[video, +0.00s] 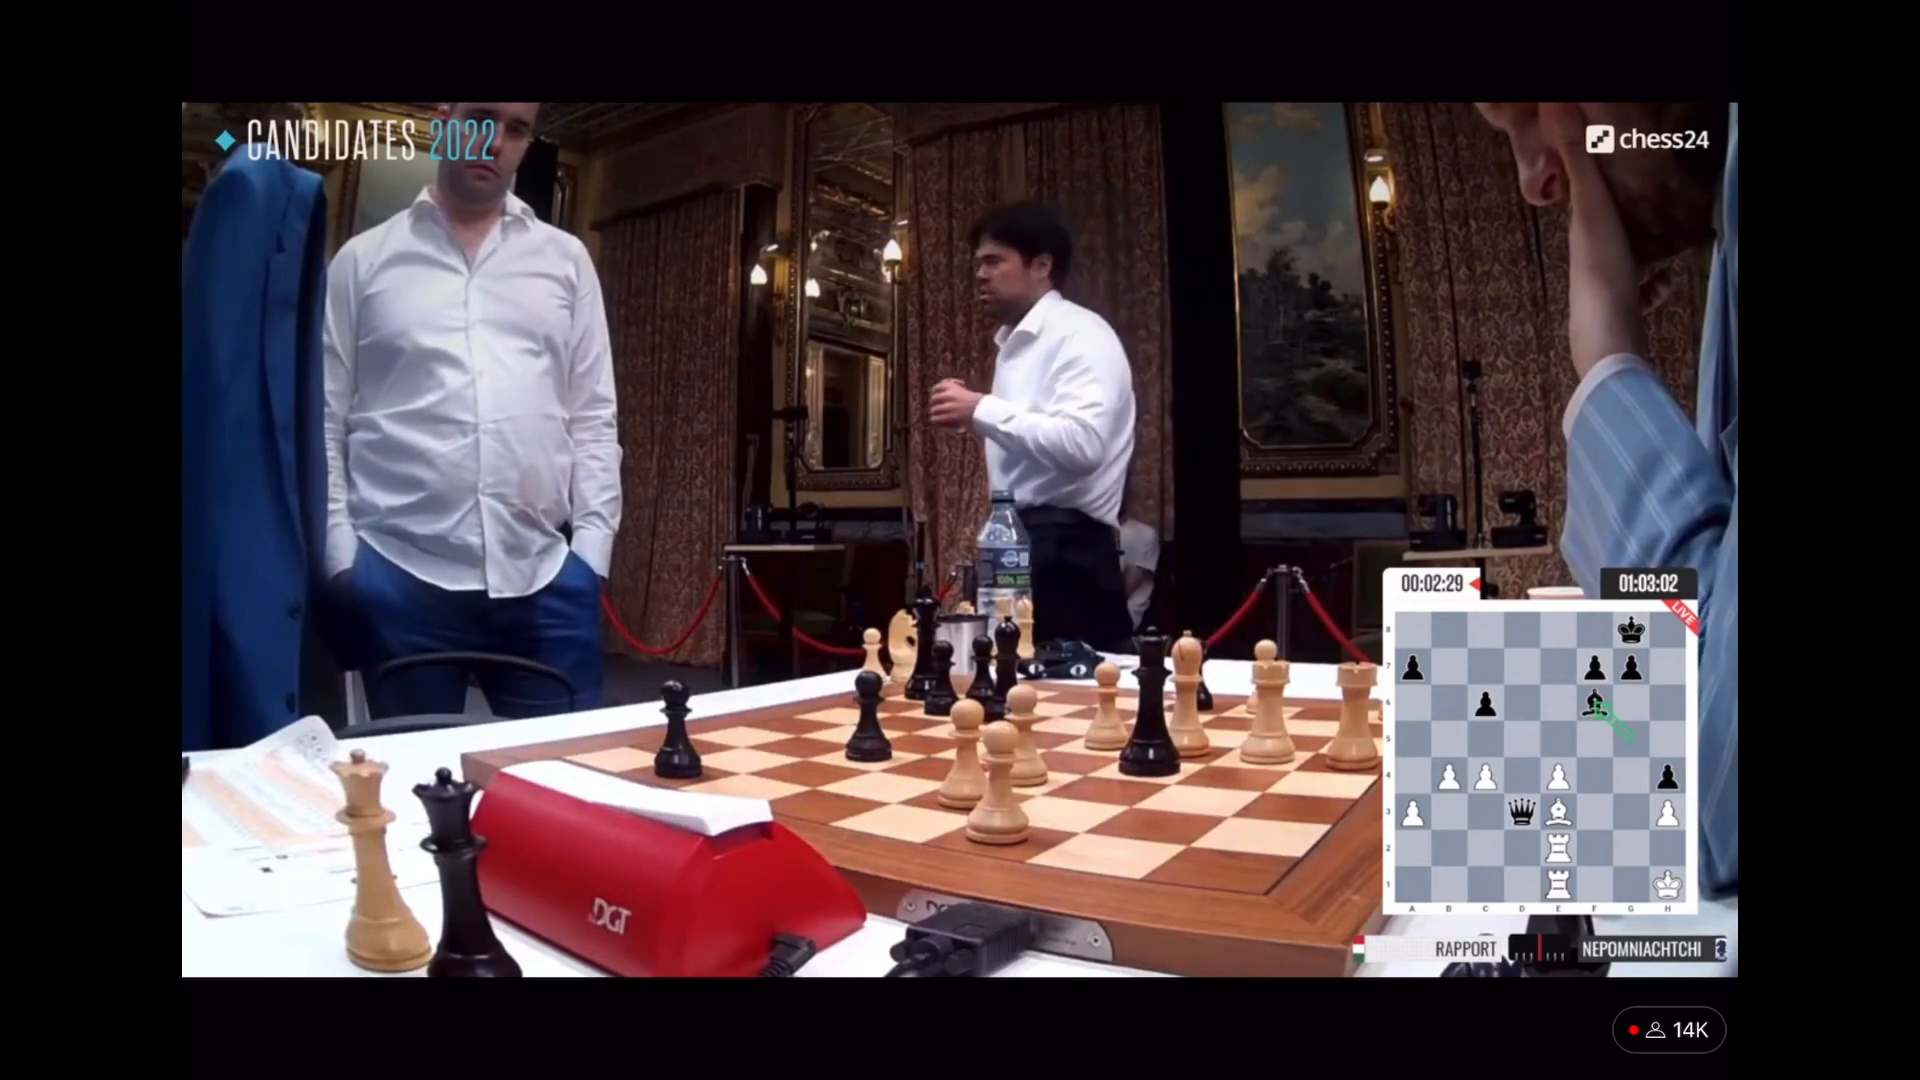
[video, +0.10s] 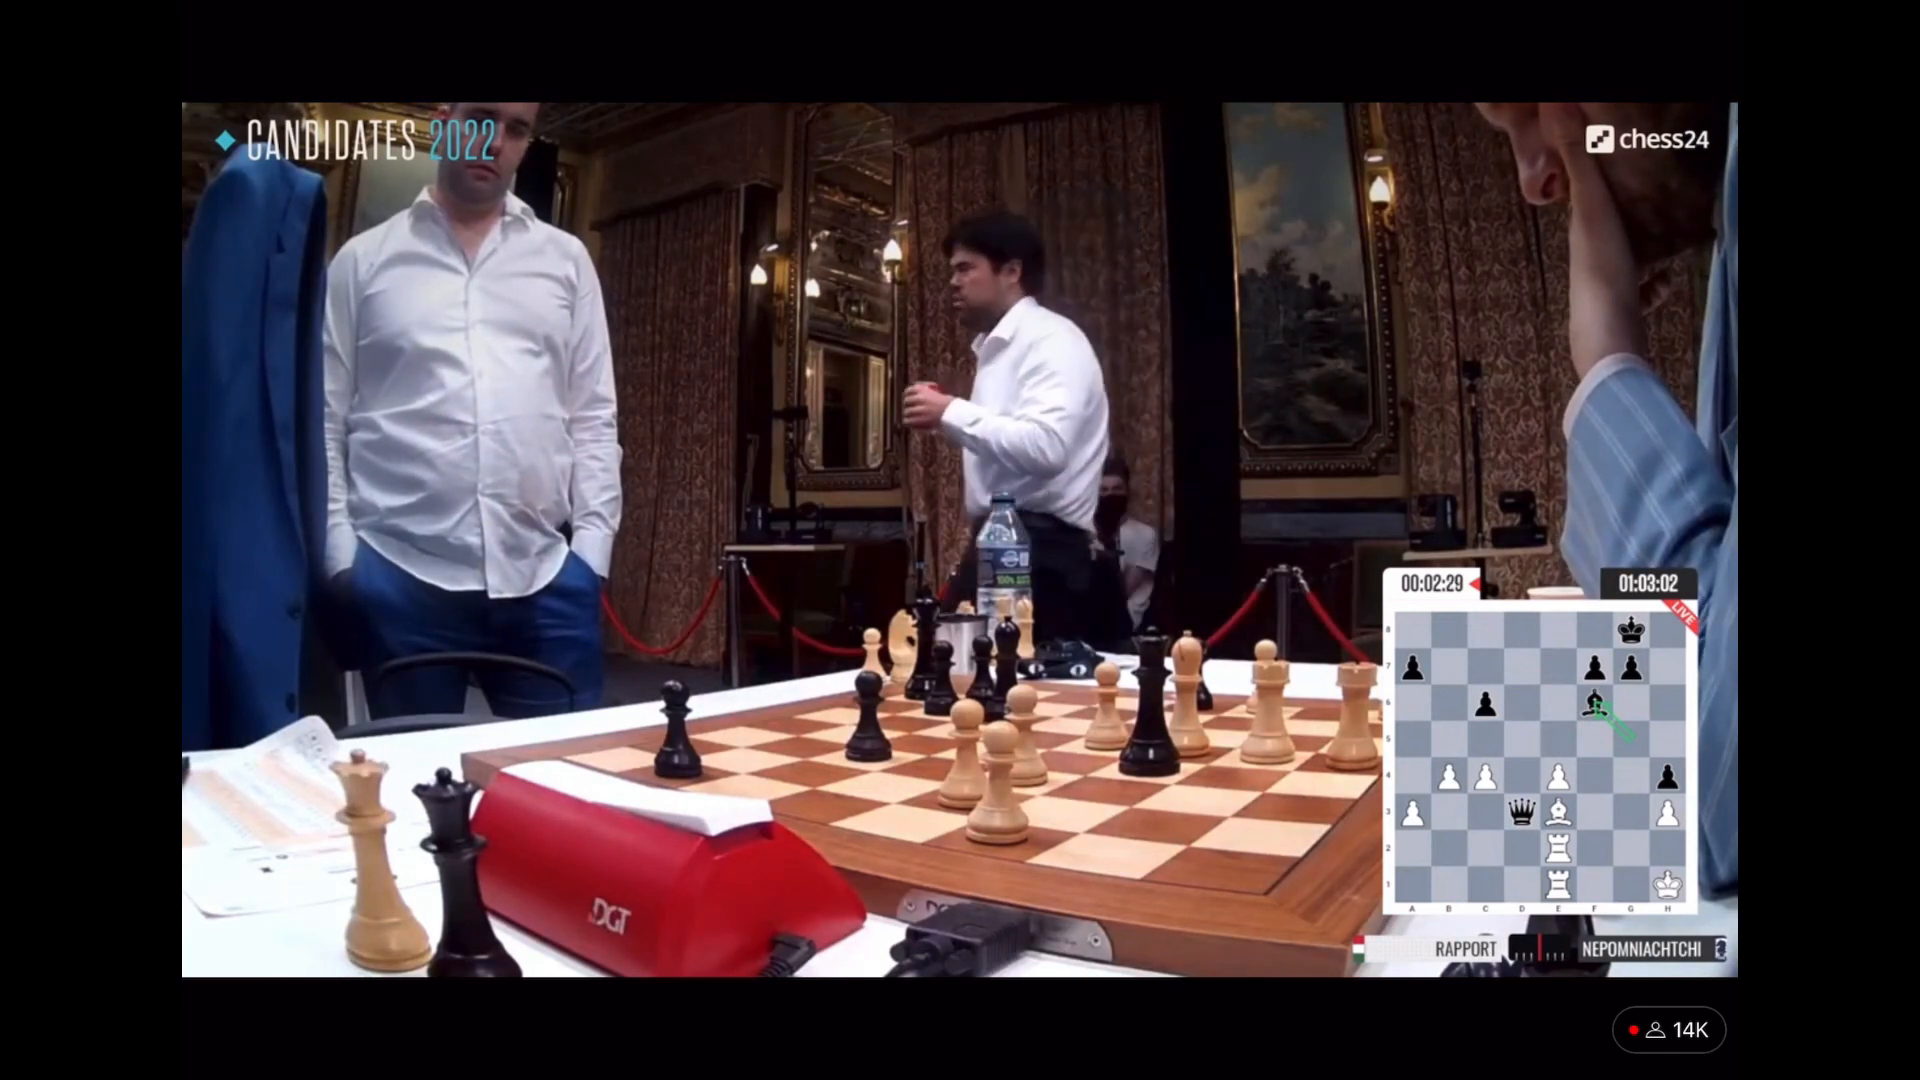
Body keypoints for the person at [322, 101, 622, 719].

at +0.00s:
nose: (492, 144)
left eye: (515, 130)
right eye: (479, 120)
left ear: (530, 145)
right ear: (442, 120)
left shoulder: (566, 259)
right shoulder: (362, 262)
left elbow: (594, 417)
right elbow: (325, 421)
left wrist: (589, 553)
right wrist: (342, 562)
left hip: (548, 584)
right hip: (402, 586)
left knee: (570, 789)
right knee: (414, 793)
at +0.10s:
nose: (492, 144)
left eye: (515, 130)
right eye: (479, 120)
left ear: (530, 145)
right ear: (442, 120)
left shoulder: (566, 260)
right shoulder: (362, 262)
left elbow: (594, 417)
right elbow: (326, 421)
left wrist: (589, 553)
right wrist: (342, 561)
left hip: (548, 585)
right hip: (402, 587)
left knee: (570, 790)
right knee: (414, 793)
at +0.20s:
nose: (492, 144)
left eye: (515, 130)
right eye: (480, 120)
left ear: (530, 145)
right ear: (442, 119)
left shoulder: (565, 259)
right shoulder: (362, 262)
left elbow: (594, 417)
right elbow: (326, 421)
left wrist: (589, 553)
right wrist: (342, 561)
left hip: (548, 584)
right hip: (402, 586)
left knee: (570, 790)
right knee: (414, 793)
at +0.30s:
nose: (491, 144)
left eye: (514, 131)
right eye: (478, 120)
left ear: (530, 146)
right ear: (442, 121)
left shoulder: (565, 259)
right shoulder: (362, 262)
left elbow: (594, 416)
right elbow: (325, 419)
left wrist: (589, 553)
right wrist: (342, 560)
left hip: (547, 584)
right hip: (402, 586)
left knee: (571, 788)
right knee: (414, 791)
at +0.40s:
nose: (491, 144)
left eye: (514, 131)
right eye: (478, 120)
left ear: (530, 145)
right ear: (441, 121)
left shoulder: (565, 259)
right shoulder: (362, 262)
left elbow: (594, 417)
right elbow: (325, 419)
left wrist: (589, 554)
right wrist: (342, 561)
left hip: (547, 584)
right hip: (402, 586)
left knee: (572, 788)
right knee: (414, 791)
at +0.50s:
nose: (490, 144)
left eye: (514, 131)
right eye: (477, 120)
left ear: (530, 146)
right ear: (441, 121)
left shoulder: (565, 260)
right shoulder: (362, 263)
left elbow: (594, 417)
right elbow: (325, 419)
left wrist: (589, 554)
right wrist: (342, 561)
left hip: (547, 584)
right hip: (402, 586)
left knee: (572, 788)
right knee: (414, 791)